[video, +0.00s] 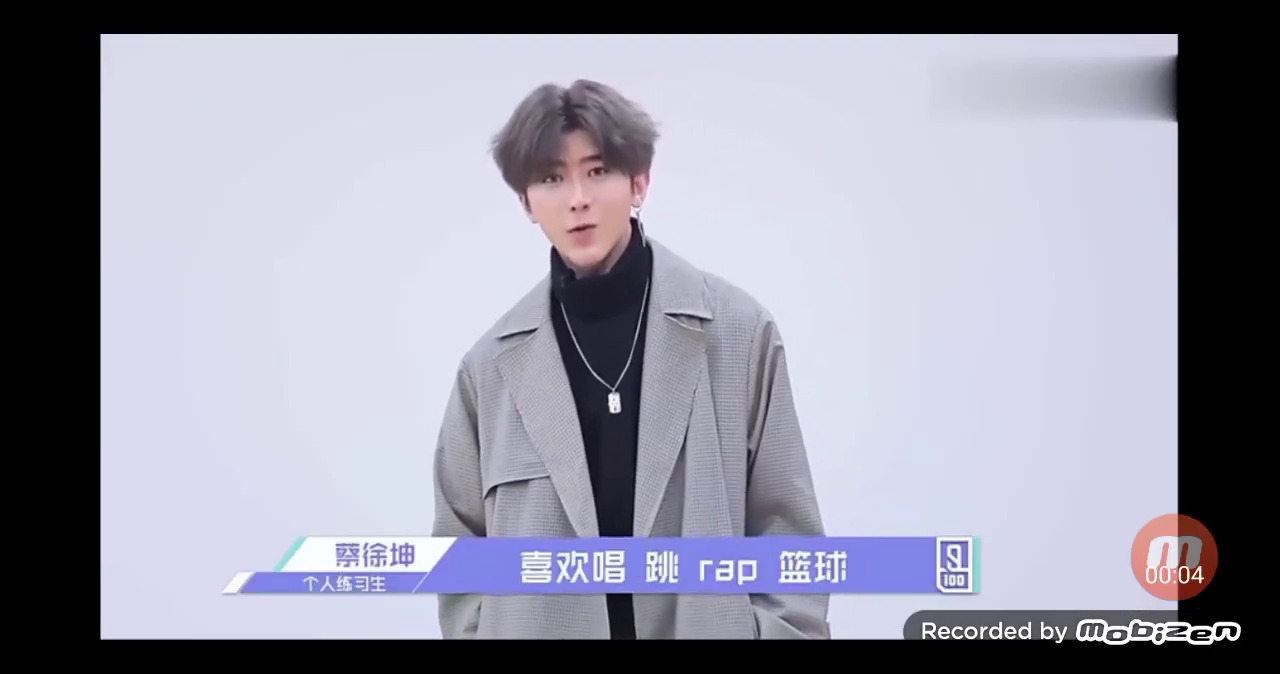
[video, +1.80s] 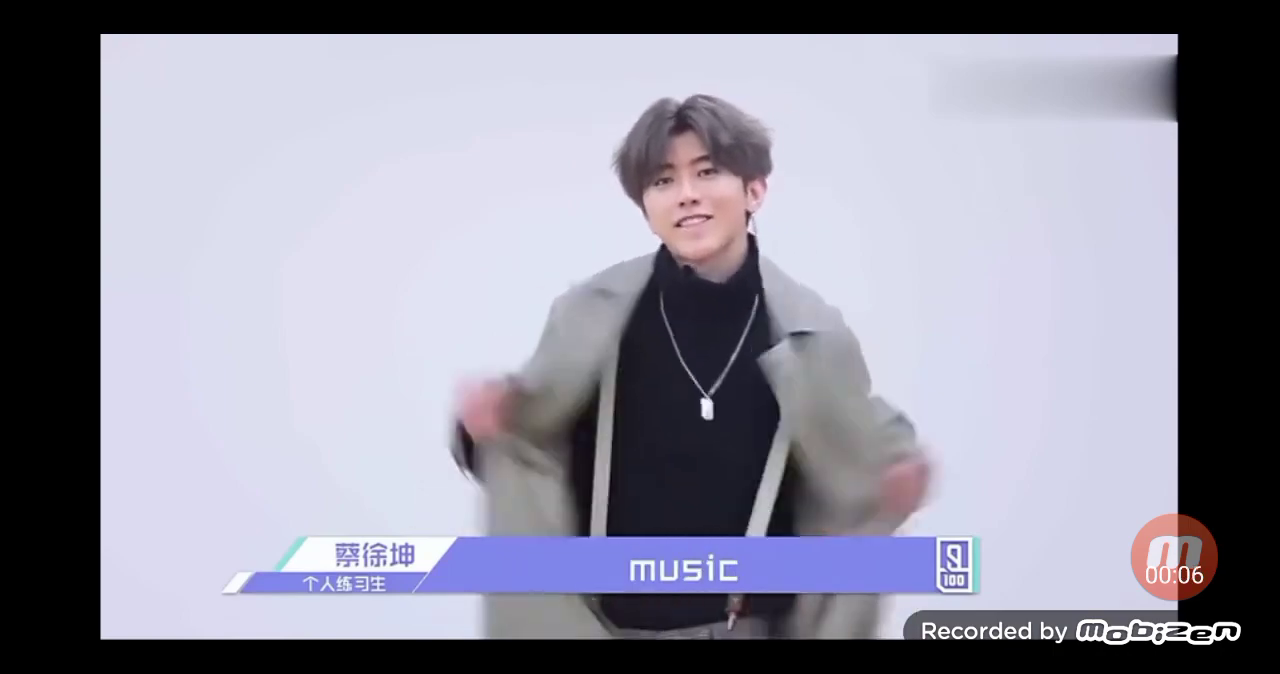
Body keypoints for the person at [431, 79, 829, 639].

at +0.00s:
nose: (577, 199)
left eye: (599, 171)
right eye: (552, 178)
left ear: (638, 186)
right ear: (527, 201)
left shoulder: (740, 332)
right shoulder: (487, 365)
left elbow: (791, 533)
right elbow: (456, 549)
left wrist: (777, 630)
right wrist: (477, 629)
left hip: (704, 629)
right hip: (541, 631)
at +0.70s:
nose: (677, 190)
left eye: (697, 163)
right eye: (652, 172)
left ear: (745, 178)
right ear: (633, 198)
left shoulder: (831, 349)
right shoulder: (567, 343)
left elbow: (862, 544)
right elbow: (465, 449)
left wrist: (843, 628)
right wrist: (496, 585)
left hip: (774, 624)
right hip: (605, 625)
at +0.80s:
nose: (698, 195)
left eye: (718, 168)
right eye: (673, 178)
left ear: (764, 181)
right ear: (652, 201)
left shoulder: (850, 358)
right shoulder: (581, 334)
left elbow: (883, 551)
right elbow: (461, 413)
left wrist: (874, 629)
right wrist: (435, 538)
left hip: (784, 631)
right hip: (604, 629)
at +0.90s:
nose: (712, 198)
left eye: (731, 171)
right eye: (688, 182)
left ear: (777, 182)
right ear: (666, 205)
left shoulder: (854, 361)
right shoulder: (595, 336)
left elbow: (889, 554)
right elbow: (523, 474)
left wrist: (876, 627)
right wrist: (481, 459)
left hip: (789, 632)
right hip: (629, 629)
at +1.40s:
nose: (733, 196)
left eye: (752, 171)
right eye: (708, 181)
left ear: (799, 189)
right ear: (687, 206)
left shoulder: (853, 342)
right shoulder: (610, 332)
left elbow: (869, 476)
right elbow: (520, 444)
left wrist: (910, 553)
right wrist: (576, 501)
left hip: (812, 626)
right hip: (651, 622)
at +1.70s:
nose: (700, 198)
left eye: (721, 176)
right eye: (676, 185)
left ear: (768, 196)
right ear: (658, 213)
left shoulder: (824, 340)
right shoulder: (592, 324)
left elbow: (872, 453)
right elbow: (509, 426)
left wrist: (845, 504)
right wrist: (524, 476)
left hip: (765, 617)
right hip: (616, 616)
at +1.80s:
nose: (687, 196)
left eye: (708, 172)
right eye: (664, 180)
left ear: (755, 189)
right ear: (643, 204)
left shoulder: (808, 325)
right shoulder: (592, 314)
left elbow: (863, 431)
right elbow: (531, 450)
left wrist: (900, 470)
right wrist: (484, 429)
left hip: (744, 623)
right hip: (604, 623)